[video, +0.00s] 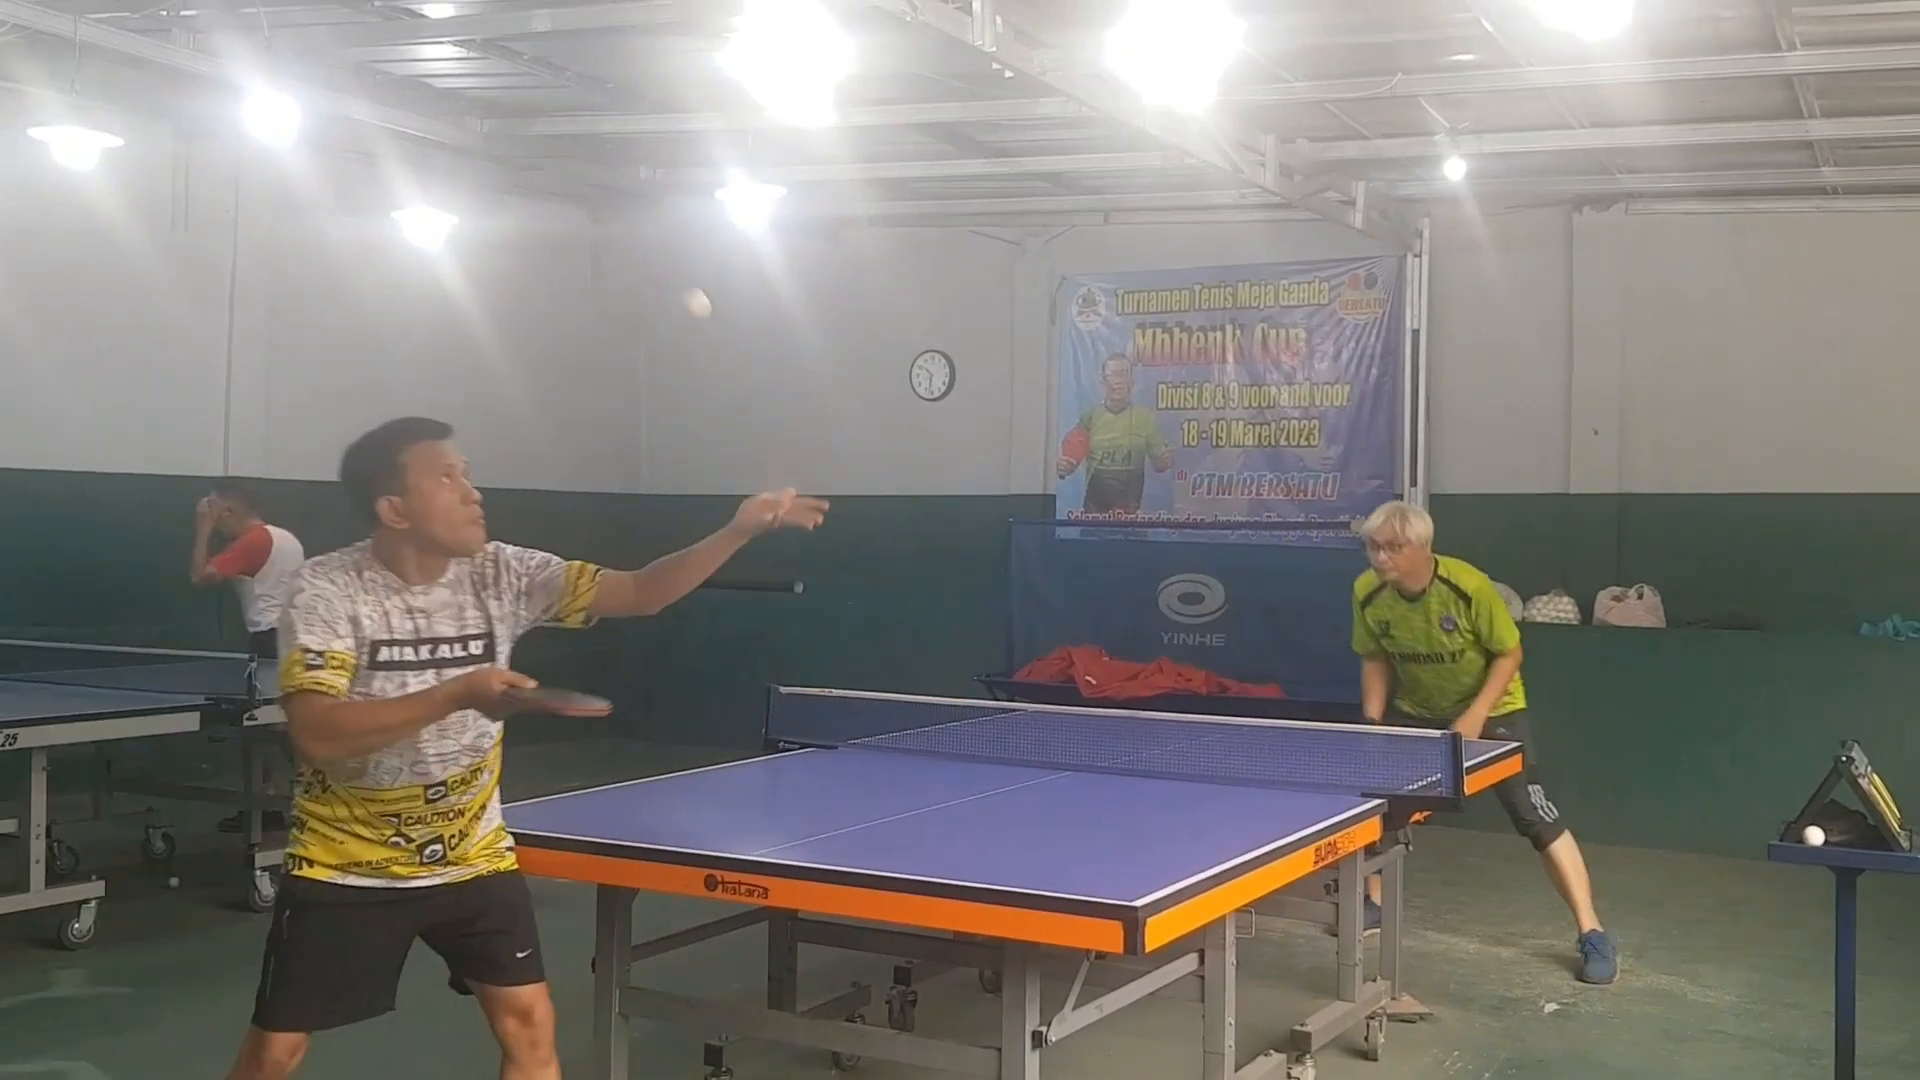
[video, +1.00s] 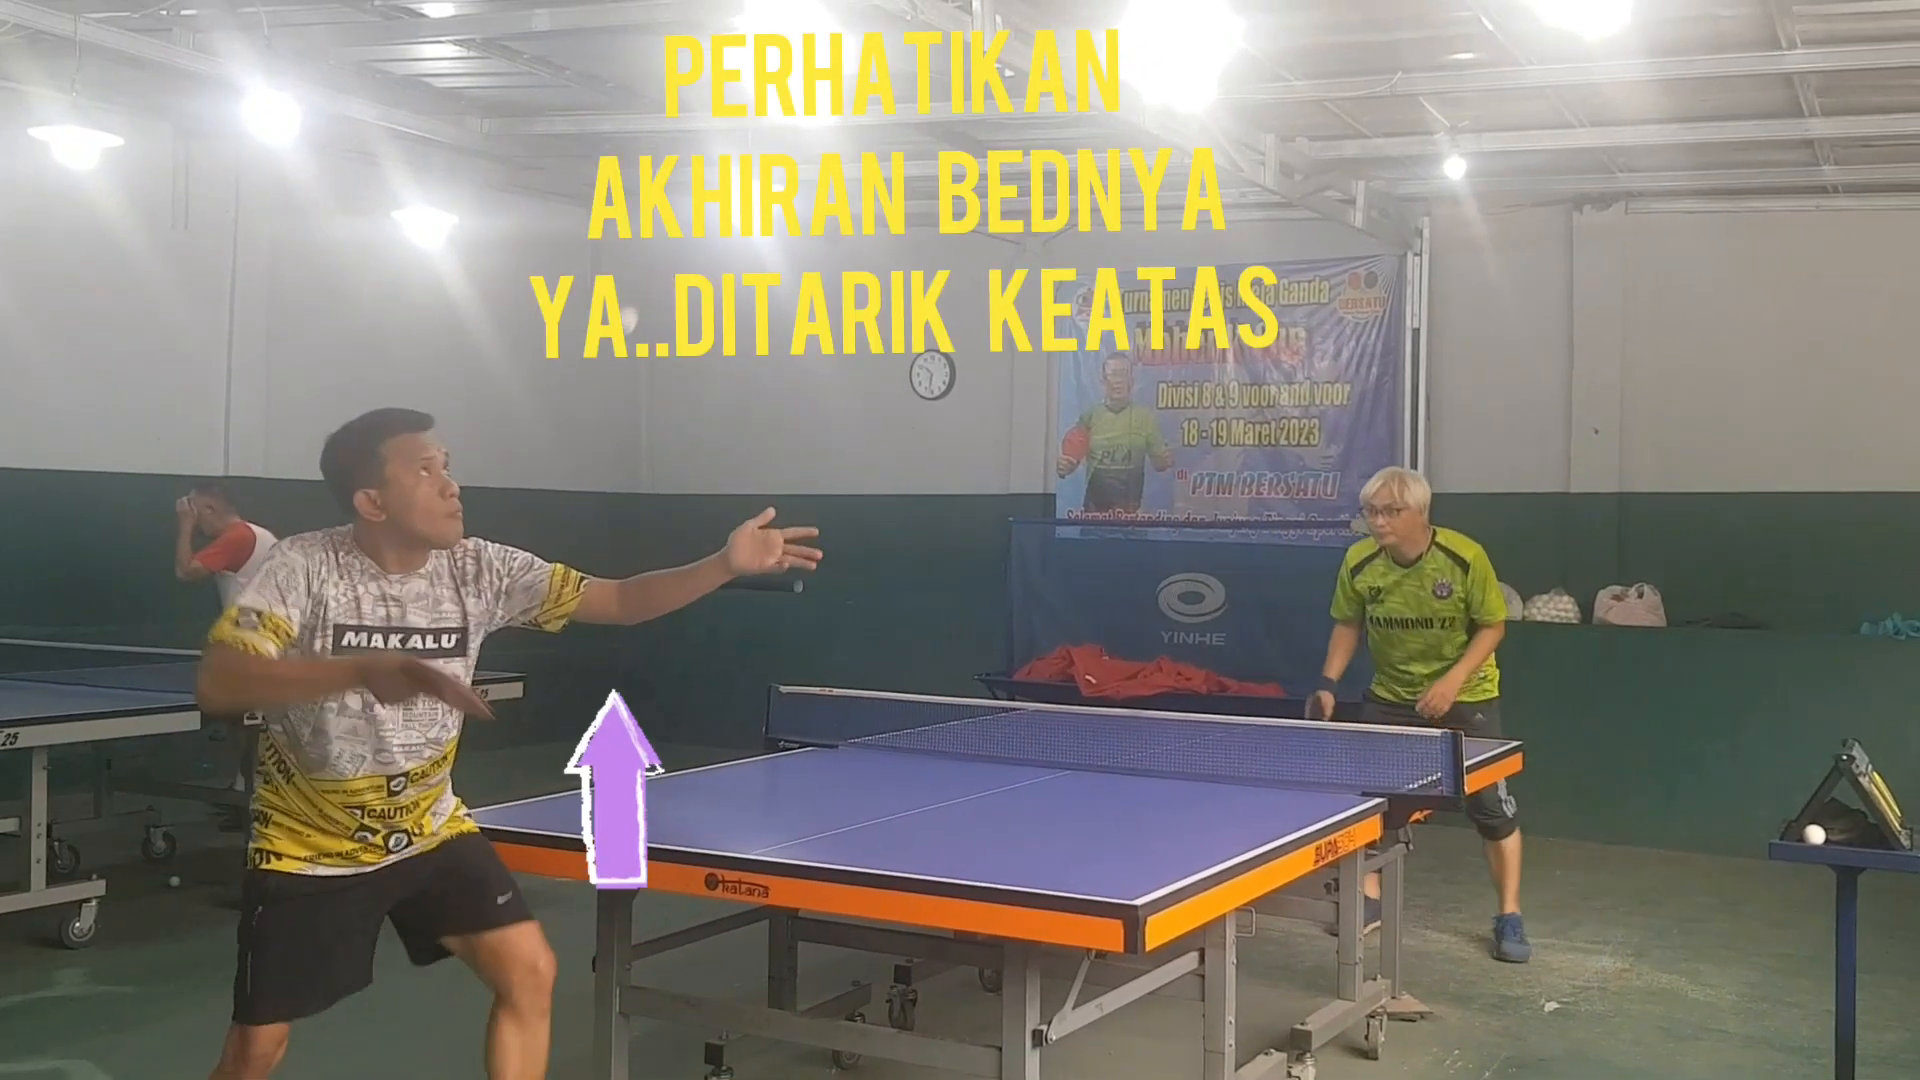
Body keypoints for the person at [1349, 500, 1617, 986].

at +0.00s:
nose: (1378, 557)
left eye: (1389, 548)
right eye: (1373, 548)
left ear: (1419, 547)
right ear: (1369, 550)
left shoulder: (1466, 586)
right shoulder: (1368, 592)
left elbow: (1509, 652)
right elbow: (1374, 658)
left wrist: (1477, 713)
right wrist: (1371, 723)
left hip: (1493, 710)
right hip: (1414, 714)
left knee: (1533, 812)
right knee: (1375, 806)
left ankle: (1591, 932)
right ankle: (1372, 904)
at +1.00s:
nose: (1375, 521)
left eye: (1386, 511)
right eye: (1370, 512)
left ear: (1418, 514)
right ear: (1367, 516)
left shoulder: (1465, 558)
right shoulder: (1357, 564)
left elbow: (1492, 625)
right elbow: (1346, 624)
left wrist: (1452, 681)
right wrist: (1328, 683)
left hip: (1466, 698)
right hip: (1390, 697)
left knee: (1492, 803)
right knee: (1365, 794)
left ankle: (1509, 915)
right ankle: (1368, 897)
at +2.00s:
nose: (1367, 521)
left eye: (1378, 511)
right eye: (1361, 511)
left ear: (1409, 513)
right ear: (1355, 515)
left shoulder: (1454, 558)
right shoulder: (1349, 561)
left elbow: (1483, 626)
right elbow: (1332, 624)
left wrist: (1441, 676)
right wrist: (1301, 668)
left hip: (1452, 705)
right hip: (1373, 702)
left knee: (1485, 808)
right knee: (1330, 790)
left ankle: (1505, 918)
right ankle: (1308, 895)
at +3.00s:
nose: (1347, 529)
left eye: (1358, 519)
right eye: (1342, 519)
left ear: (1387, 519)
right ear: (1337, 522)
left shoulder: (1434, 564)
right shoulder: (1330, 572)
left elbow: (1470, 632)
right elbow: (1317, 638)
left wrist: (1439, 676)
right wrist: (1289, 674)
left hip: (1441, 705)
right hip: (1365, 706)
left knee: (1485, 801)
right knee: (1318, 785)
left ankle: (1535, 911)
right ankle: (1311, 896)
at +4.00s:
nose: (1377, 530)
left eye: (1387, 519)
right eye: (1371, 521)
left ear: (1417, 517)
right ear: (1366, 524)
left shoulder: (1469, 563)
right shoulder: (1364, 574)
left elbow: (1506, 635)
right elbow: (1361, 648)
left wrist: (1469, 667)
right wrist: (1331, 671)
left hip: (1473, 719)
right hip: (1393, 719)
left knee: (1522, 816)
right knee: (1335, 794)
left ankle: (1568, 926)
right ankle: (1312, 896)